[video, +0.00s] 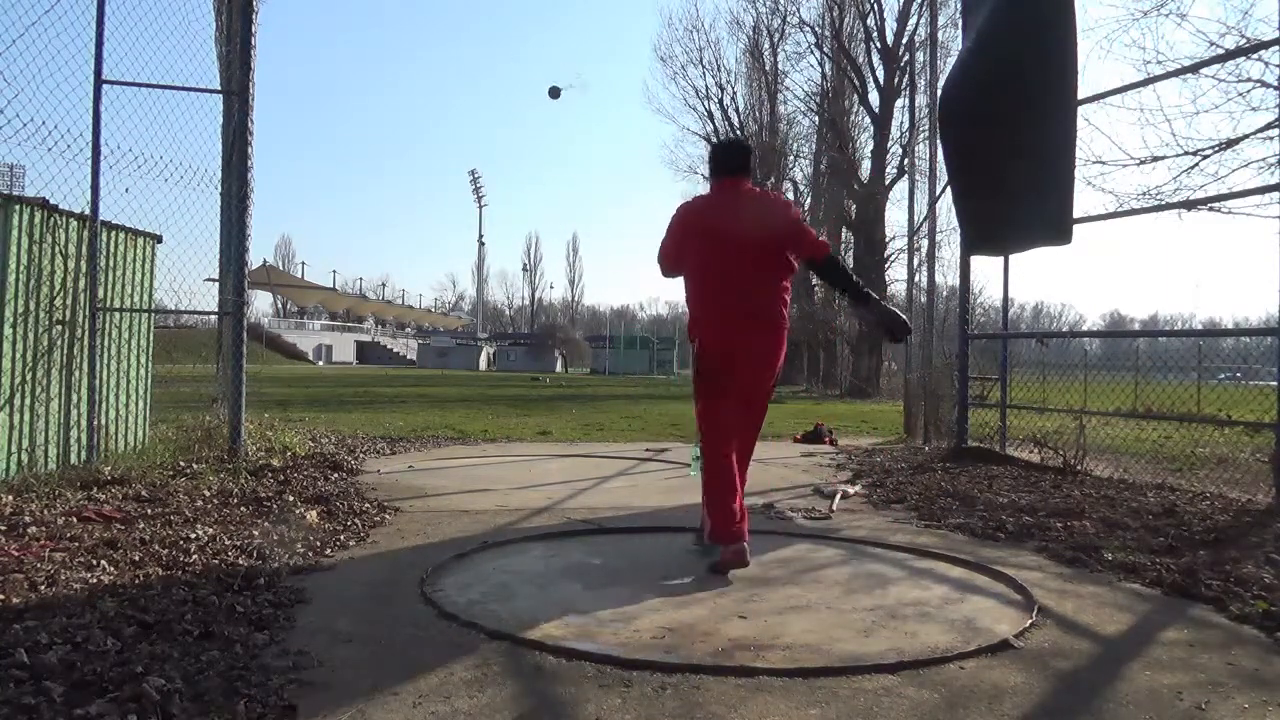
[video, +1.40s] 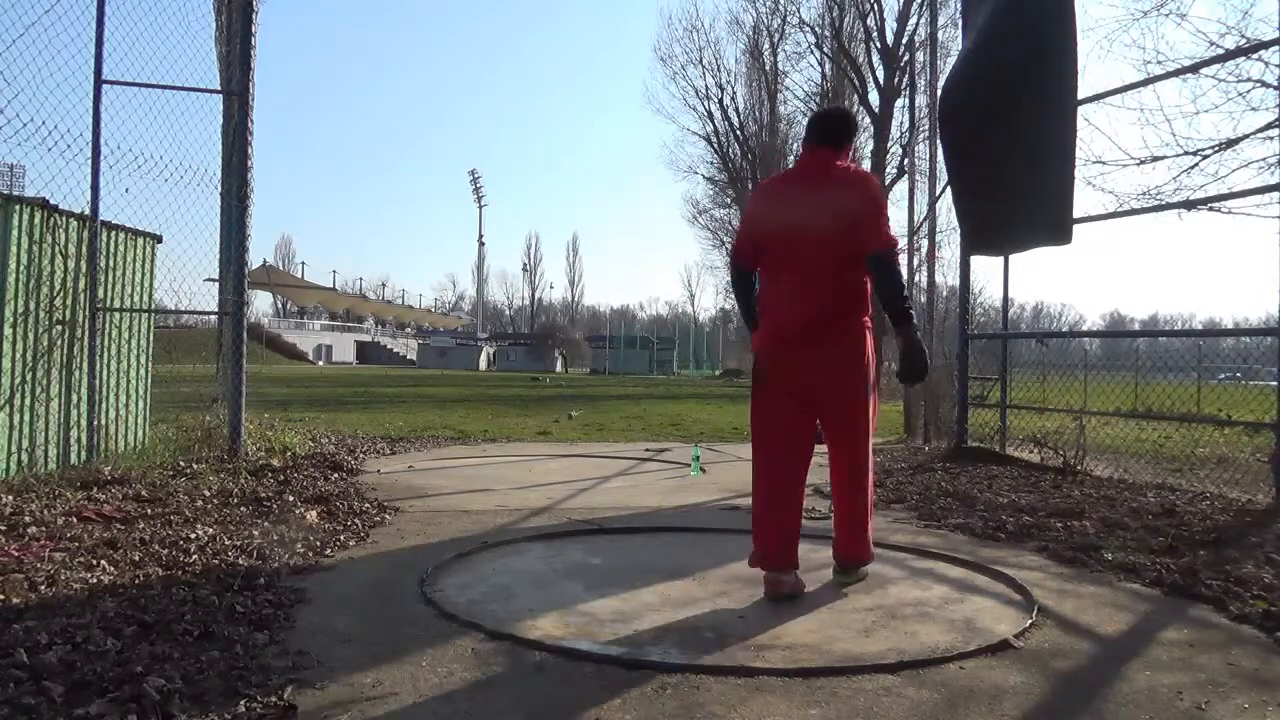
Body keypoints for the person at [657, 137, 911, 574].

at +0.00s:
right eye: (746, 167)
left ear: (711, 171)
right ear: (750, 169)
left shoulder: (691, 213)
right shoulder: (777, 209)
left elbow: (669, 265)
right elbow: (824, 261)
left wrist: (710, 248)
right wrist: (872, 303)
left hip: (713, 335)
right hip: (766, 337)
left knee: (716, 434)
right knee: (744, 432)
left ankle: (732, 543)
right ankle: (718, 522)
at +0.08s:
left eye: (726, 165)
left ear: (724, 167)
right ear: (764, 167)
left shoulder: (702, 207)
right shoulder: (787, 205)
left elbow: (673, 262)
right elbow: (839, 261)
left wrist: (718, 249)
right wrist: (888, 304)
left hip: (716, 331)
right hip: (771, 332)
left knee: (722, 435)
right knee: (755, 426)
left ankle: (731, 544)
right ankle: (758, 515)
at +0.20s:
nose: (782, 172)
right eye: (786, 164)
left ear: (746, 162)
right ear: (787, 164)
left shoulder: (716, 203)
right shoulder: (805, 207)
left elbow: (681, 257)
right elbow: (857, 266)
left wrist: (730, 258)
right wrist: (909, 310)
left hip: (723, 338)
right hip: (780, 340)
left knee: (724, 444)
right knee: (790, 433)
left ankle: (732, 548)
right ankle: (811, 533)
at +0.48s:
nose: (843, 168)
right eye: (844, 161)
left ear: (797, 159)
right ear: (840, 161)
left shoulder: (765, 199)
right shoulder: (858, 205)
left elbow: (735, 254)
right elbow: (897, 273)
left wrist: (729, 303)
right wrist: (934, 327)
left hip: (771, 340)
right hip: (829, 344)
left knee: (752, 440)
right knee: (840, 445)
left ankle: (736, 540)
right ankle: (846, 554)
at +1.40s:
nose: (852, 153)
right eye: (853, 146)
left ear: (805, 141)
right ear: (850, 146)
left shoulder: (768, 190)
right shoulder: (863, 187)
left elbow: (741, 266)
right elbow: (883, 266)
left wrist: (758, 327)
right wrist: (907, 332)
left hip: (778, 343)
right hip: (845, 345)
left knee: (778, 459)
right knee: (852, 452)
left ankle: (780, 573)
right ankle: (850, 559)